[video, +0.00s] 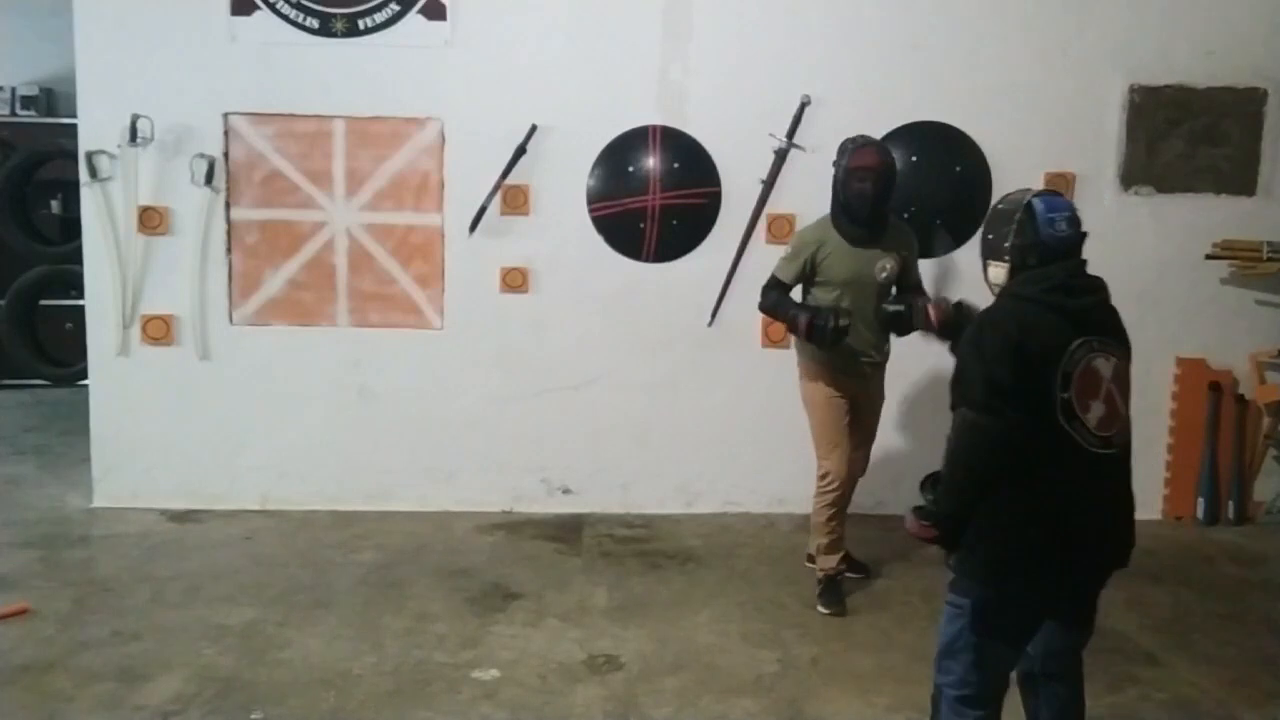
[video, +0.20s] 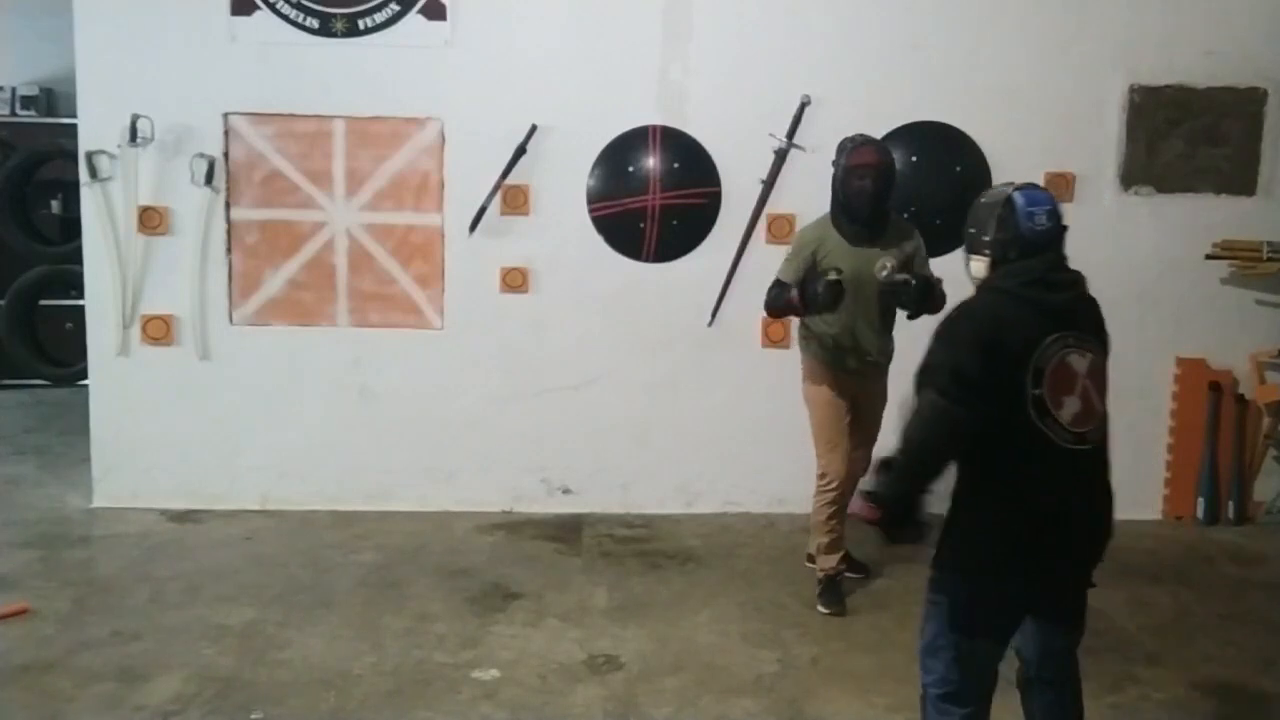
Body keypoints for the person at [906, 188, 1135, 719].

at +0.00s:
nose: (988, 258)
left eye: (994, 246)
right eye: (991, 246)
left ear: (1012, 251)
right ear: (1064, 247)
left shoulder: (1002, 326)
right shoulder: (1100, 315)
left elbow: (978, 437)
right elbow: (1037, 366)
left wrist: (942, 515)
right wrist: (954, 322)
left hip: (1008, 540)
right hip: (1090, 536)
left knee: (964, 686)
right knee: (1053, 675)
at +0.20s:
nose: (972, 255)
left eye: (978, 244)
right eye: (975, 243)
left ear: (994, 248)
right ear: (1048, 242)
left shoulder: (979, 320)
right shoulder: (1083, 311)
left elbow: (938, 422)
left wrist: (892, 491)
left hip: (992, 530)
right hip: (1075, 525)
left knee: (951, 680)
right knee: (1051, 676)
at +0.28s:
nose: (959, 248)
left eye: (964, 237)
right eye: (963, 236)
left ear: (976, 244)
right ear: (1039, 239)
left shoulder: (959, 321)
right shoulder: (1073, 308)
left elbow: (919, 424)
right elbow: (1124, 359)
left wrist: (860, 492)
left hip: (977, 530)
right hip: (1062, 528)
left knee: (946, 683)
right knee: (1046, 677)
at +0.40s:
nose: (948, 240)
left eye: (954, 231)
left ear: (963, 241)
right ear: (1029, 238)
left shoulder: (943, 316)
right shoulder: (1076, 317)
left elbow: (900, 406)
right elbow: (1130, 393)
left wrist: (821, 469)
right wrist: (1161, 368)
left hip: (957, 533)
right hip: (1047, 531)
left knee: (937, 673)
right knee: (1034, 665)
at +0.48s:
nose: (939, 245)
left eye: (946, 234)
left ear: (958, 241)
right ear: (1025, 240)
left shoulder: (929, 318)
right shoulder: (1074, 320)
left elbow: (878, 407)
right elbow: (1139, 407)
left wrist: (796, 449)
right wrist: (1177, 381)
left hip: (945, 535)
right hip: (1036, 533)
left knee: (930, 672)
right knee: (1017, 646)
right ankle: (1026, 715)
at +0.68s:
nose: (945, 244)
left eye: (954, 234)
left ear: (961, 246)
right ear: (1032, 248)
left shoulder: (913, 319)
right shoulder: (1072, 325)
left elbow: (839, 387)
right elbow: (1160, 396)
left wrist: (805, 348)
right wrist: (1171, 335)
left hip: (931, 548)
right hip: (1022, 545)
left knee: (932, 695)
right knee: (1015, 673)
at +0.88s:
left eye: (974, 235)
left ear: (975, 241)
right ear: (1045, 245)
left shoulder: (926, 310)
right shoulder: (1078, 320)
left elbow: (829, 377)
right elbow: (1170, 375)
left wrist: (818, 377)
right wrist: (1153, 302)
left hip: (935, 525)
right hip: (1025, 529)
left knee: (928, 660)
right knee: (1012, 653)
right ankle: (1009, 714)